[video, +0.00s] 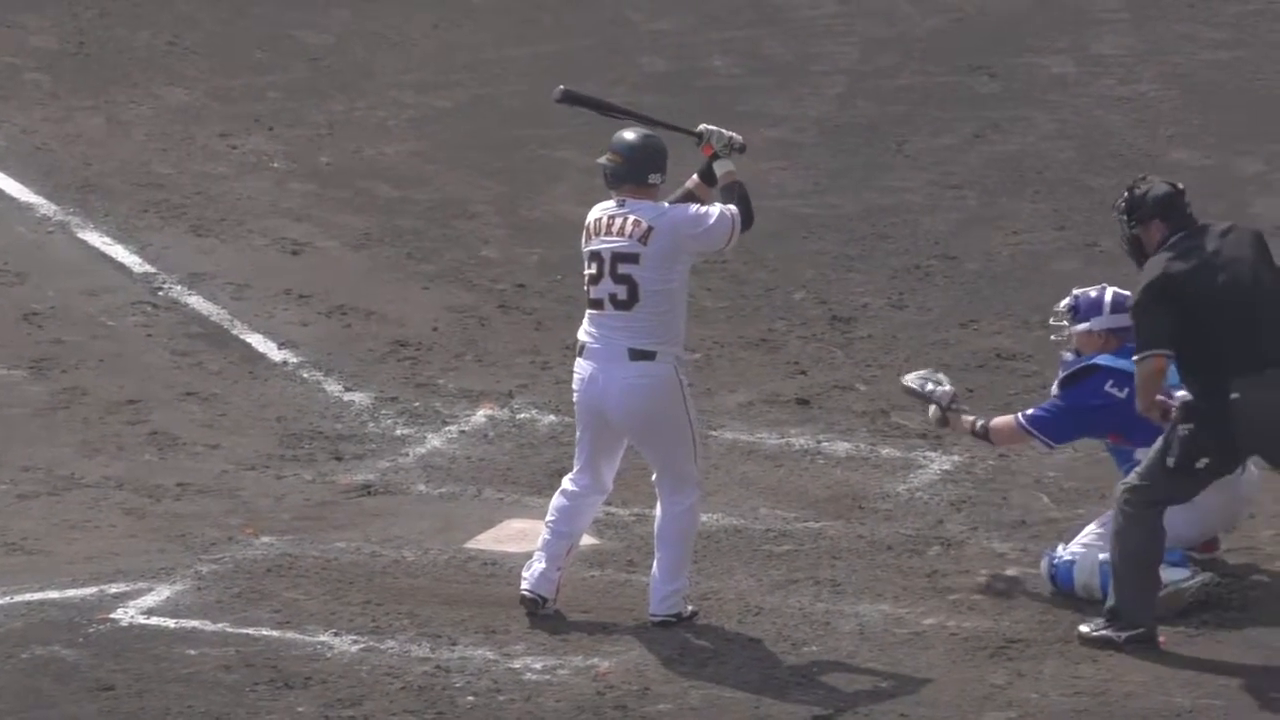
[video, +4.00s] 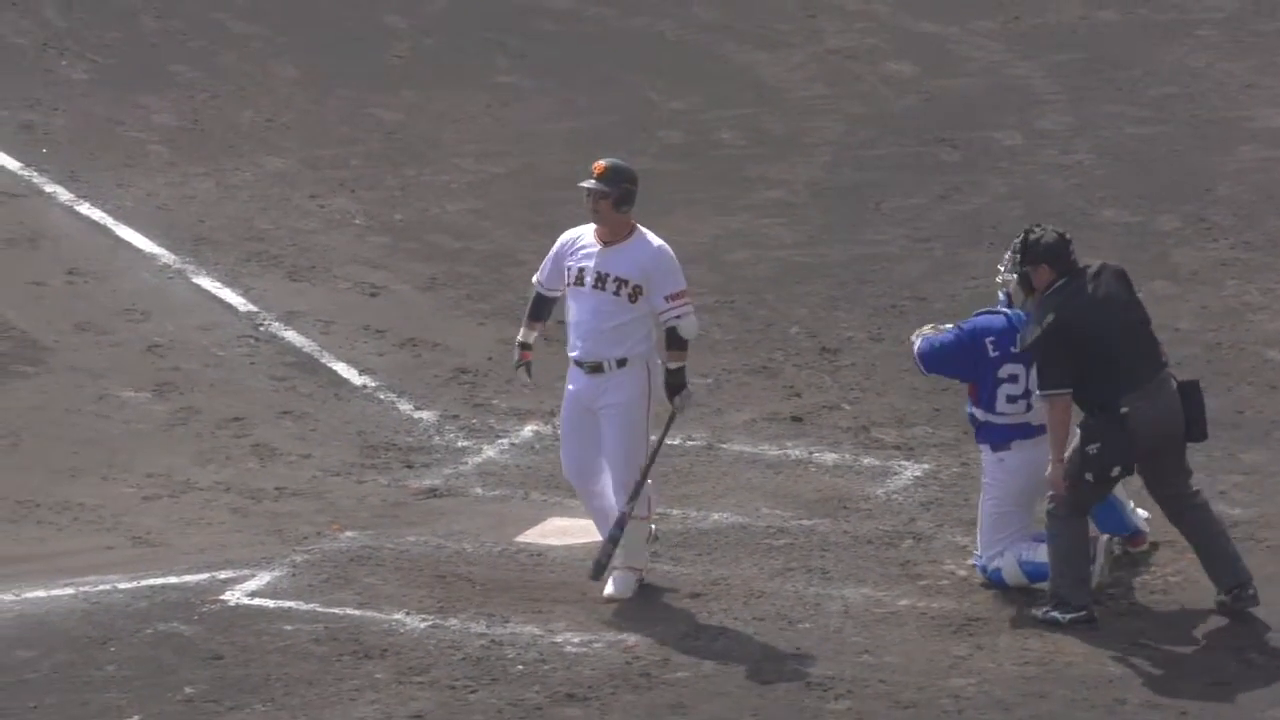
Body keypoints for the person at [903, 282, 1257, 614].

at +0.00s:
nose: (1069, 337)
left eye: (1076, 330)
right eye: (1070, 329)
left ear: (1104, 337)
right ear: (1117, 335)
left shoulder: (1099, 387)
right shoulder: (1158, 357)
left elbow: (1020, 431)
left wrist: (962, 421)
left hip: (1194, 495)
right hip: (1237, 474)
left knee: (1063, 564)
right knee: (1143, 465)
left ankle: (1178, 579)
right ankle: (1200, 546)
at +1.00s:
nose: (1053, 337)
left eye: (1059, 330)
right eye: (1055, 329)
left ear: (1083, 338)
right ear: (1106, 332)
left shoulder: (1087, 387)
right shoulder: (1148, 351)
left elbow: (1008, 435)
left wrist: (955, 427)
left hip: (1167, 506)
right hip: (1210, 484)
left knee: (1051, 562)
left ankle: (1161, 575)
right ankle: (1189, 537)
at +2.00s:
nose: (973, 349)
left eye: (980, 341)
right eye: (974, 341)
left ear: (1004, 350)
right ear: (1028, 345)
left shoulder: (1007, 396)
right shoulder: (1069, 366)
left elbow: (968, 468)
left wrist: (918, 459)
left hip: (1078, 515)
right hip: (1121, 495)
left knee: (976, 560)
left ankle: (1075, 573)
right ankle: (1102, 540)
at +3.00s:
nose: (976, 365)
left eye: (980, 359)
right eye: (977, 358)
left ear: (996, 362)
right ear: (1018, 358)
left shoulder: (1004, 403)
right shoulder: (1038, 381)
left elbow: (975, 467)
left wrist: (927, 457)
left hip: (1050, 519)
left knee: (954, 561)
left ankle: (1041, 570)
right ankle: (1049, 558)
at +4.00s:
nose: (1005, 286)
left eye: (1010, 279)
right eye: (1009, 276)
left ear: (1018, 287)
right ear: (1048, 285)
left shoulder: (989, 329)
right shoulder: (1066, 322)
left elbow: (926, 351)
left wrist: (929, 333)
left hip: (1010, 462)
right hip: (1064, 446)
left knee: (994, 560)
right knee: (1084, 480)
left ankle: (1084, 553)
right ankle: (1132, 529)